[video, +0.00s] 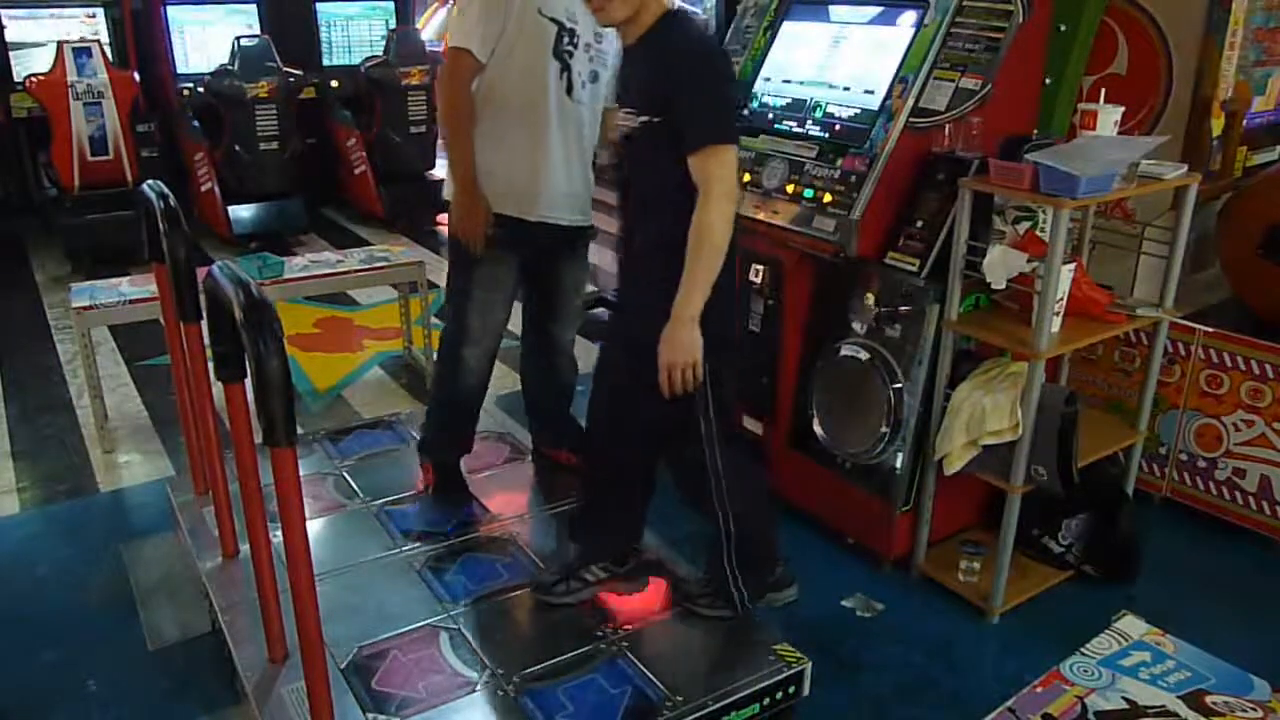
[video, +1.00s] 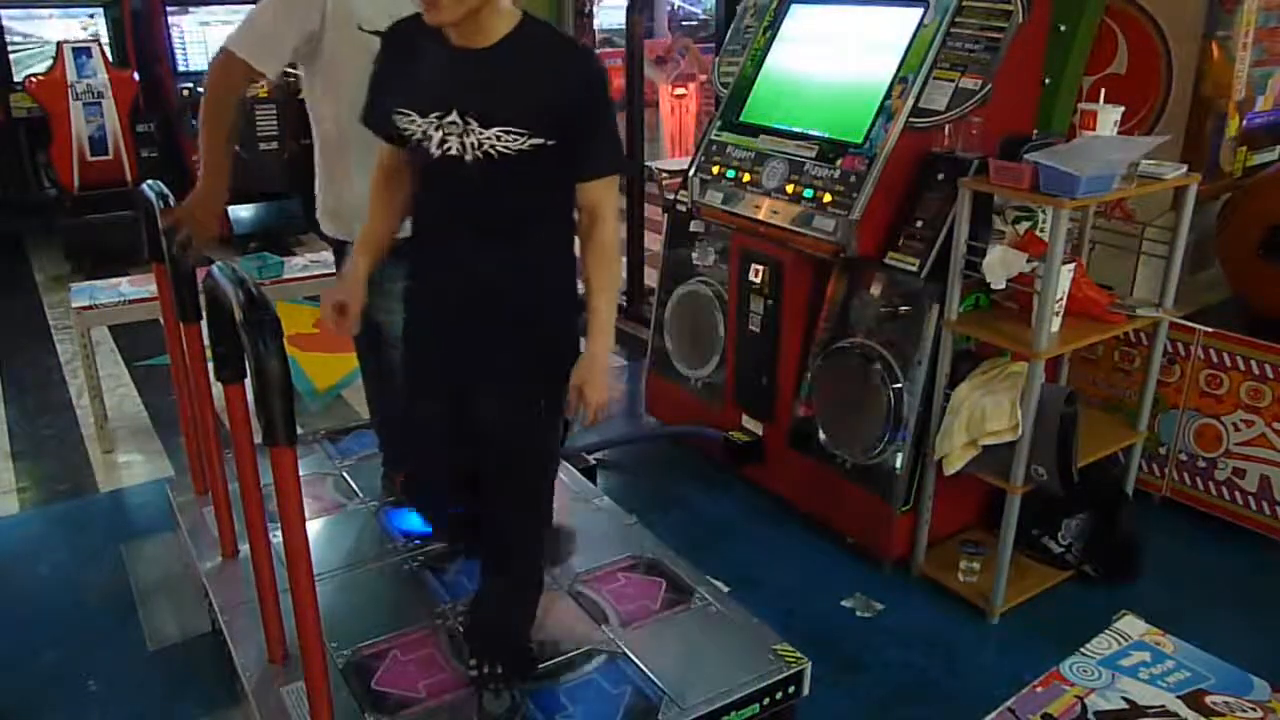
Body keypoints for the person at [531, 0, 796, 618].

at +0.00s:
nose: (593, 3)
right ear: (606, 4)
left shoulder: (693, 55)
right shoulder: (634, 54)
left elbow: (719, 195)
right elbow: (646, 182)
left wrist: (686, 317)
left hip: (686, 300)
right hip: (640, 293)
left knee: (706, 444)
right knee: (615, 427)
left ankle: (755, 567)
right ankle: (610, 549)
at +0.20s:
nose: (552, 6)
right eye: (548, 2)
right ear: (563, 4)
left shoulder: (658, 54)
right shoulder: (576, 55)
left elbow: (689, 187)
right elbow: (589, 177)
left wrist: (663, 311)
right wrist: (569, 259)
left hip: (639, 280)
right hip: (591, 273)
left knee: (639, 425)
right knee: (594, 417)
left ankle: (716, 553)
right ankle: (602, 550)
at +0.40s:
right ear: (519, 1)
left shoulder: (630, 53)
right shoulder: (521, 51)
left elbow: (660, 187)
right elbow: (519, 168)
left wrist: (630, 311)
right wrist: (487, 265)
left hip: (602, 287)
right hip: (533, 279)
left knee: (583, 454)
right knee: (548, 446)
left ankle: (631, 568)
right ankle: (590, 562)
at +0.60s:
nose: (474, 0)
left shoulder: (603, 53)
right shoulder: (480, 44)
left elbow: (638, 190)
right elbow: (468, 163)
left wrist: (624, 314)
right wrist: (425, 266)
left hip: (583, 285)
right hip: (504, 279)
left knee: (546, 457)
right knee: (554, 425)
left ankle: (520, 623)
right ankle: (600, 542)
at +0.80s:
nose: (449, 2)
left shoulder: (588, 72)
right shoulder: (443, 50)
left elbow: (615, 213)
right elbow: (433, 174)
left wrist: (623, 338)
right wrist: (391, 281)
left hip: (552, 315)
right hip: (470, 309)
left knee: (523, 479)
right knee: (489, 444)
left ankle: (504, 647)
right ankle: (585, 532)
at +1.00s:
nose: (425, 4)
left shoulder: (570, 70)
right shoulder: (408, 45)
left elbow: (599, 216)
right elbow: (395, 166)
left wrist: (600, 346)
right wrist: (357, 267)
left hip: (531, 325)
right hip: (436, 319)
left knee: (514, 505)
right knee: (436, 481)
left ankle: (501, 661)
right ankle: (529, 541)